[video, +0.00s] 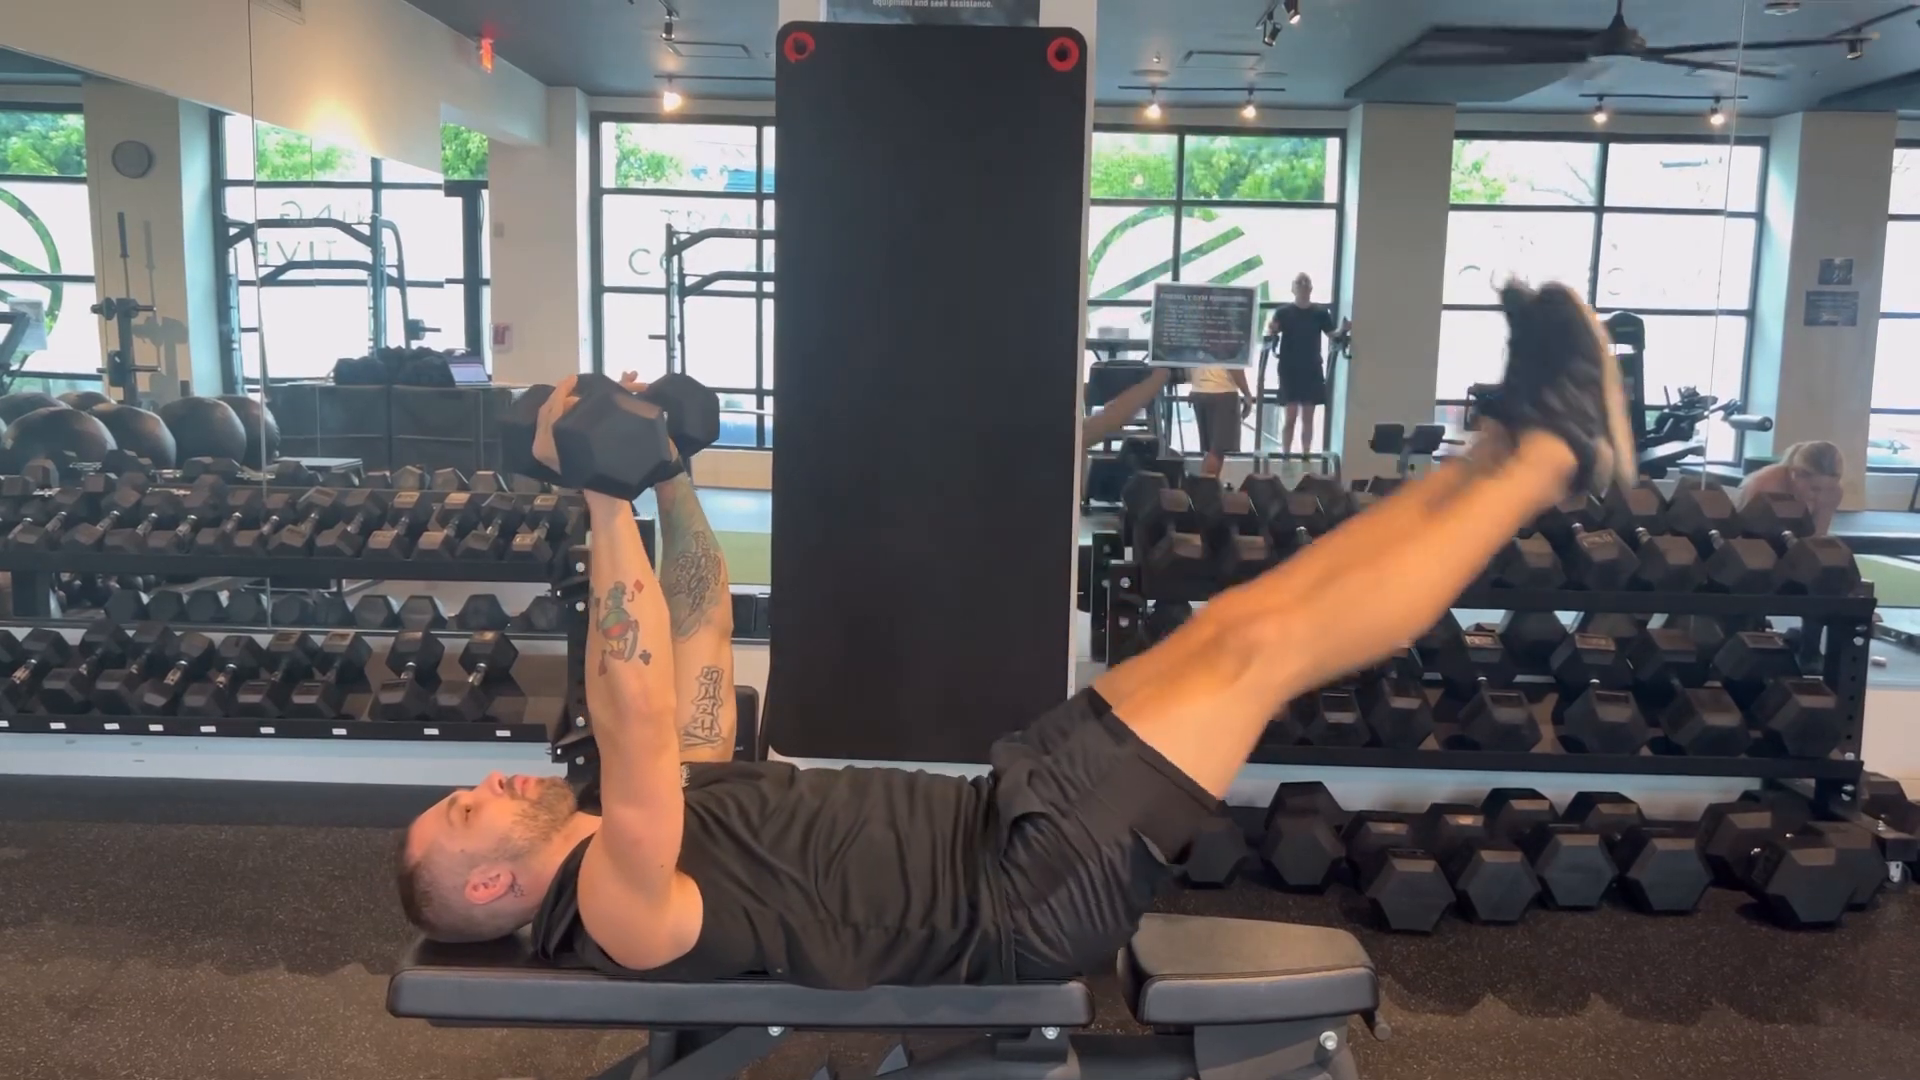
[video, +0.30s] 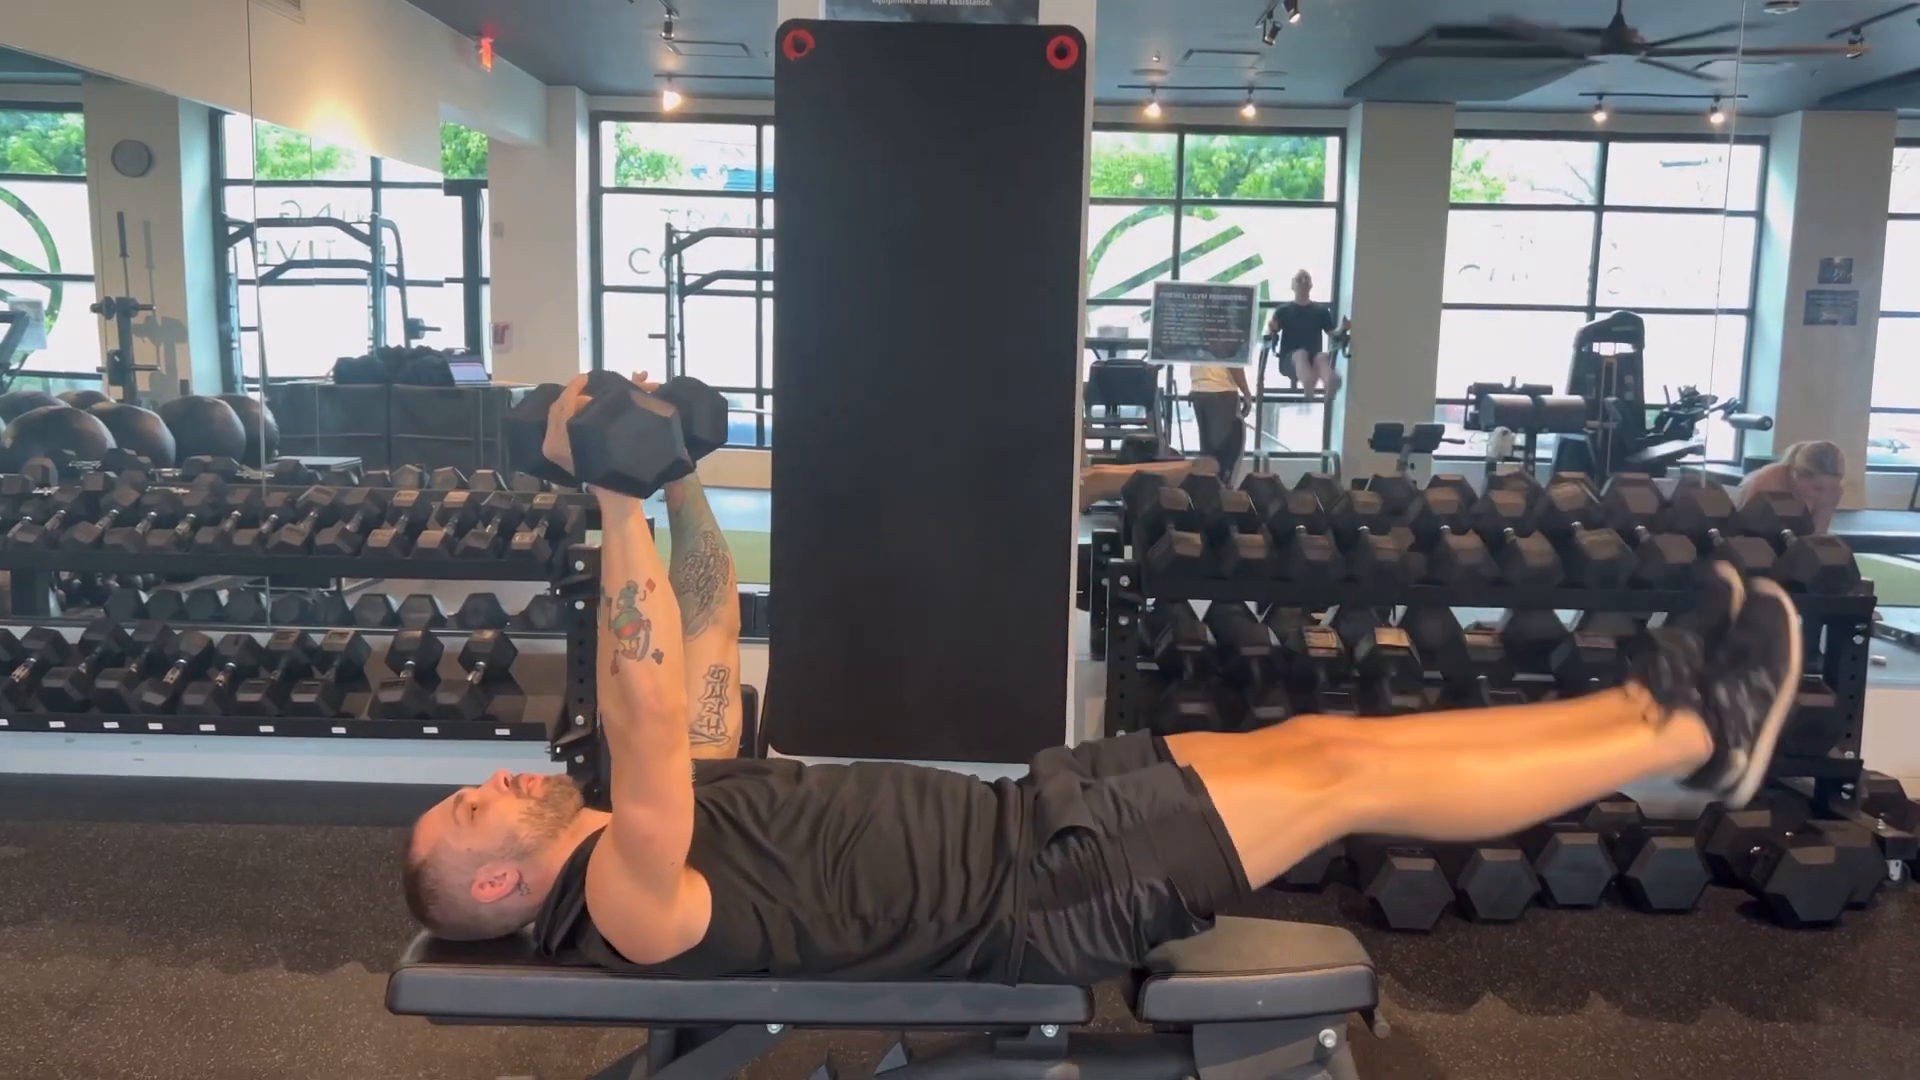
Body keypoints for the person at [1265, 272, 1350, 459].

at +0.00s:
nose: (1303, 291)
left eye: (1306, 288)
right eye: (1300, 287)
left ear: (1311, 289)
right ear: (1293, 289)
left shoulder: (1320, 313)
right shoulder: (1284, 313)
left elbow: (1332, 336)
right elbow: (1271, 335)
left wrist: (1343, 330)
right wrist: (1272, 331)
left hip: (1312, 367)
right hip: (1289, 367)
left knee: (1308, 416)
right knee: (1291, 415)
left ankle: (1306, 455)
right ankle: (1285, 455)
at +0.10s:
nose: (1303, 291)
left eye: (1306, 287)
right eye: (1300, 287)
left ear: (1310, 289)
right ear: (1293, 289)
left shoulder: (1319, 312)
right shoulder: (1284, 313)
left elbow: (1332, 335)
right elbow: (1270, 336)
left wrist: (1343, 330)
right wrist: (1271, 331)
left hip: (1313, 364)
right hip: (1290, 364)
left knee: (1311, 408)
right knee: (1296, 406)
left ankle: (1311, 452)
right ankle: (1293, 450)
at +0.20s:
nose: (1303, 288)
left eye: (1306, 284)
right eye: (1299, 284)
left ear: (1310, 287)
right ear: (1293, 288)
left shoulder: (1320, 311)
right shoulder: (1284, 312)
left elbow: (1332, 334)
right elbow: (1271, 332)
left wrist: (1343, 328)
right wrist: (1271, 329)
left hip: (1314, 358)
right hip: (1291, 357)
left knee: (1319, 393)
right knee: (1299, 381)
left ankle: (1323, 435)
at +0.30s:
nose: (1303, 285)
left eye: (1306, 282)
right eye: (1299, 282)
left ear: (1310, 286)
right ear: (1292, 286)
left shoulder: (1320, 310)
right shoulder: (1283, 311)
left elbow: (1332, 334)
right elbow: (1272, 336)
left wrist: (1342, 329)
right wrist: (1272, 329)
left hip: (1314, 358)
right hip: (1289, 359)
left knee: (1323, 357)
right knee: (1301, 353)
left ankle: (1330, 391)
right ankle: (1309, 396)